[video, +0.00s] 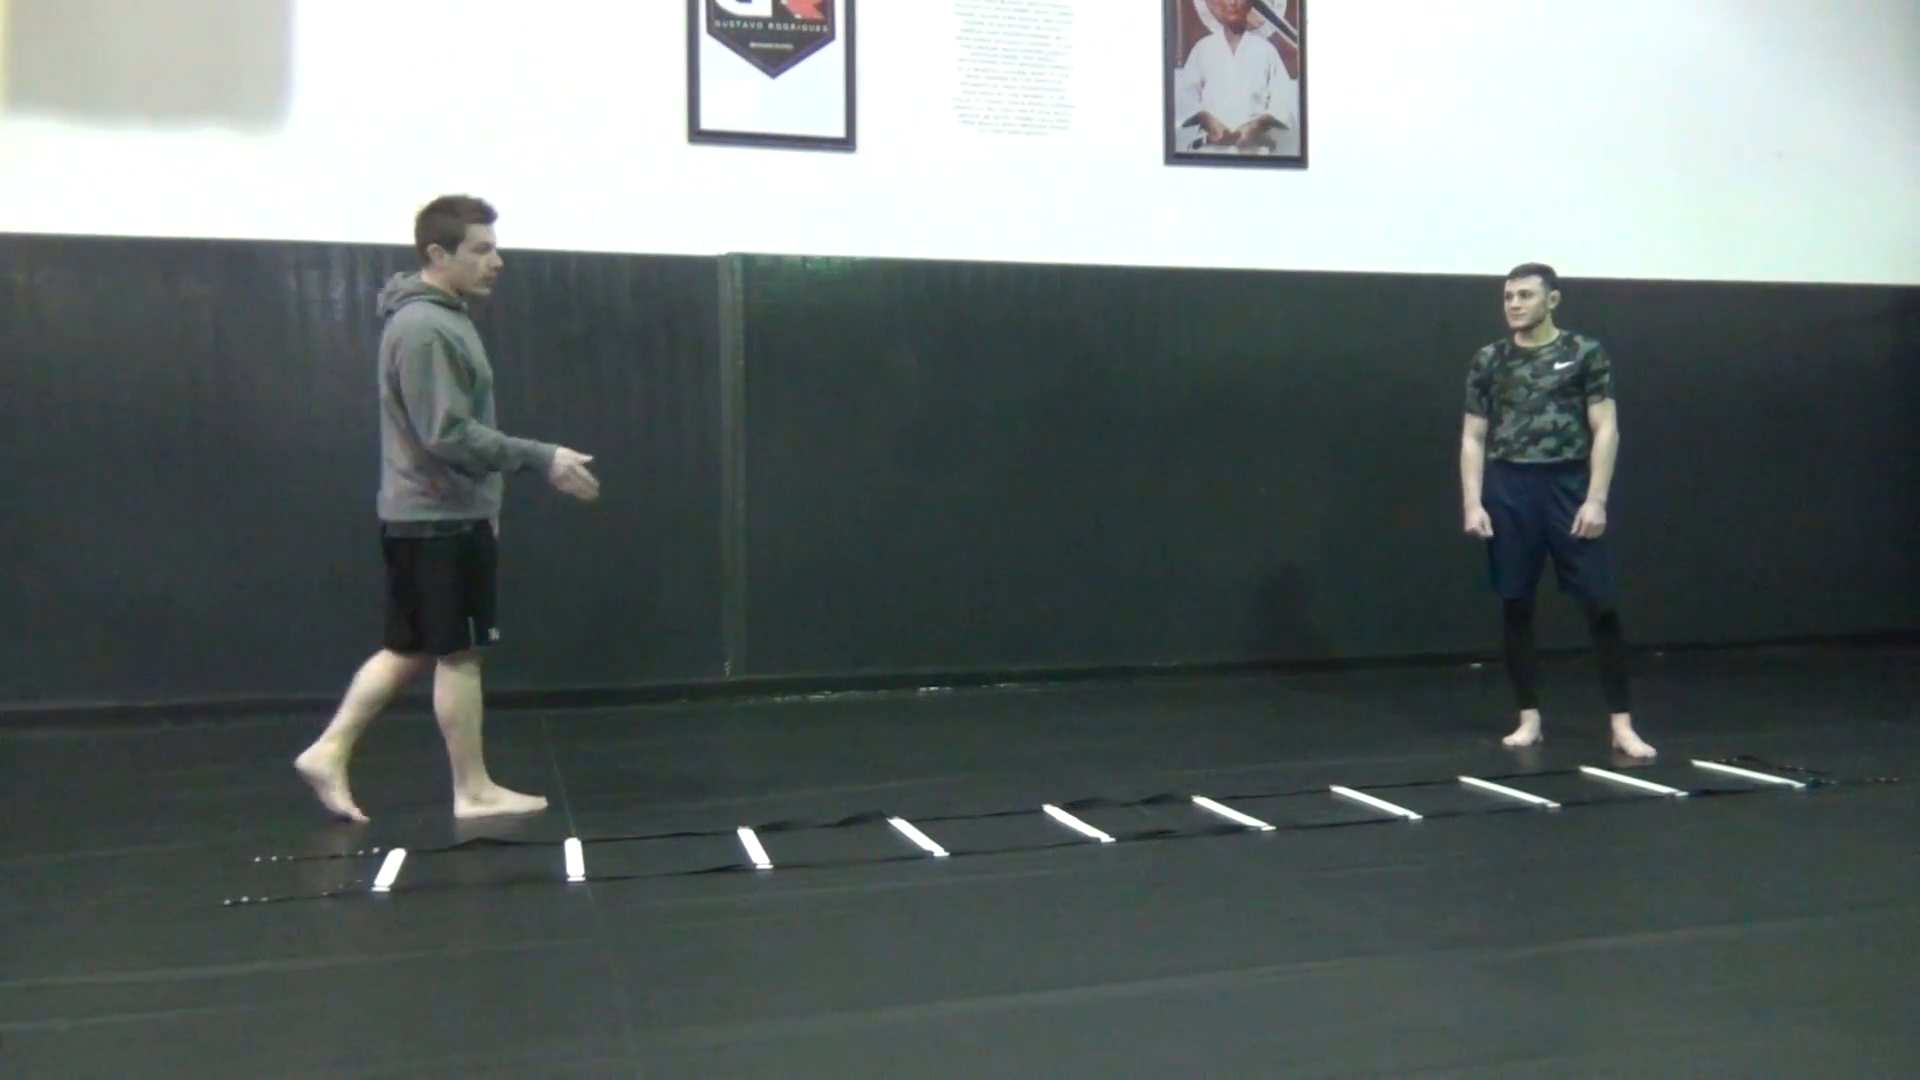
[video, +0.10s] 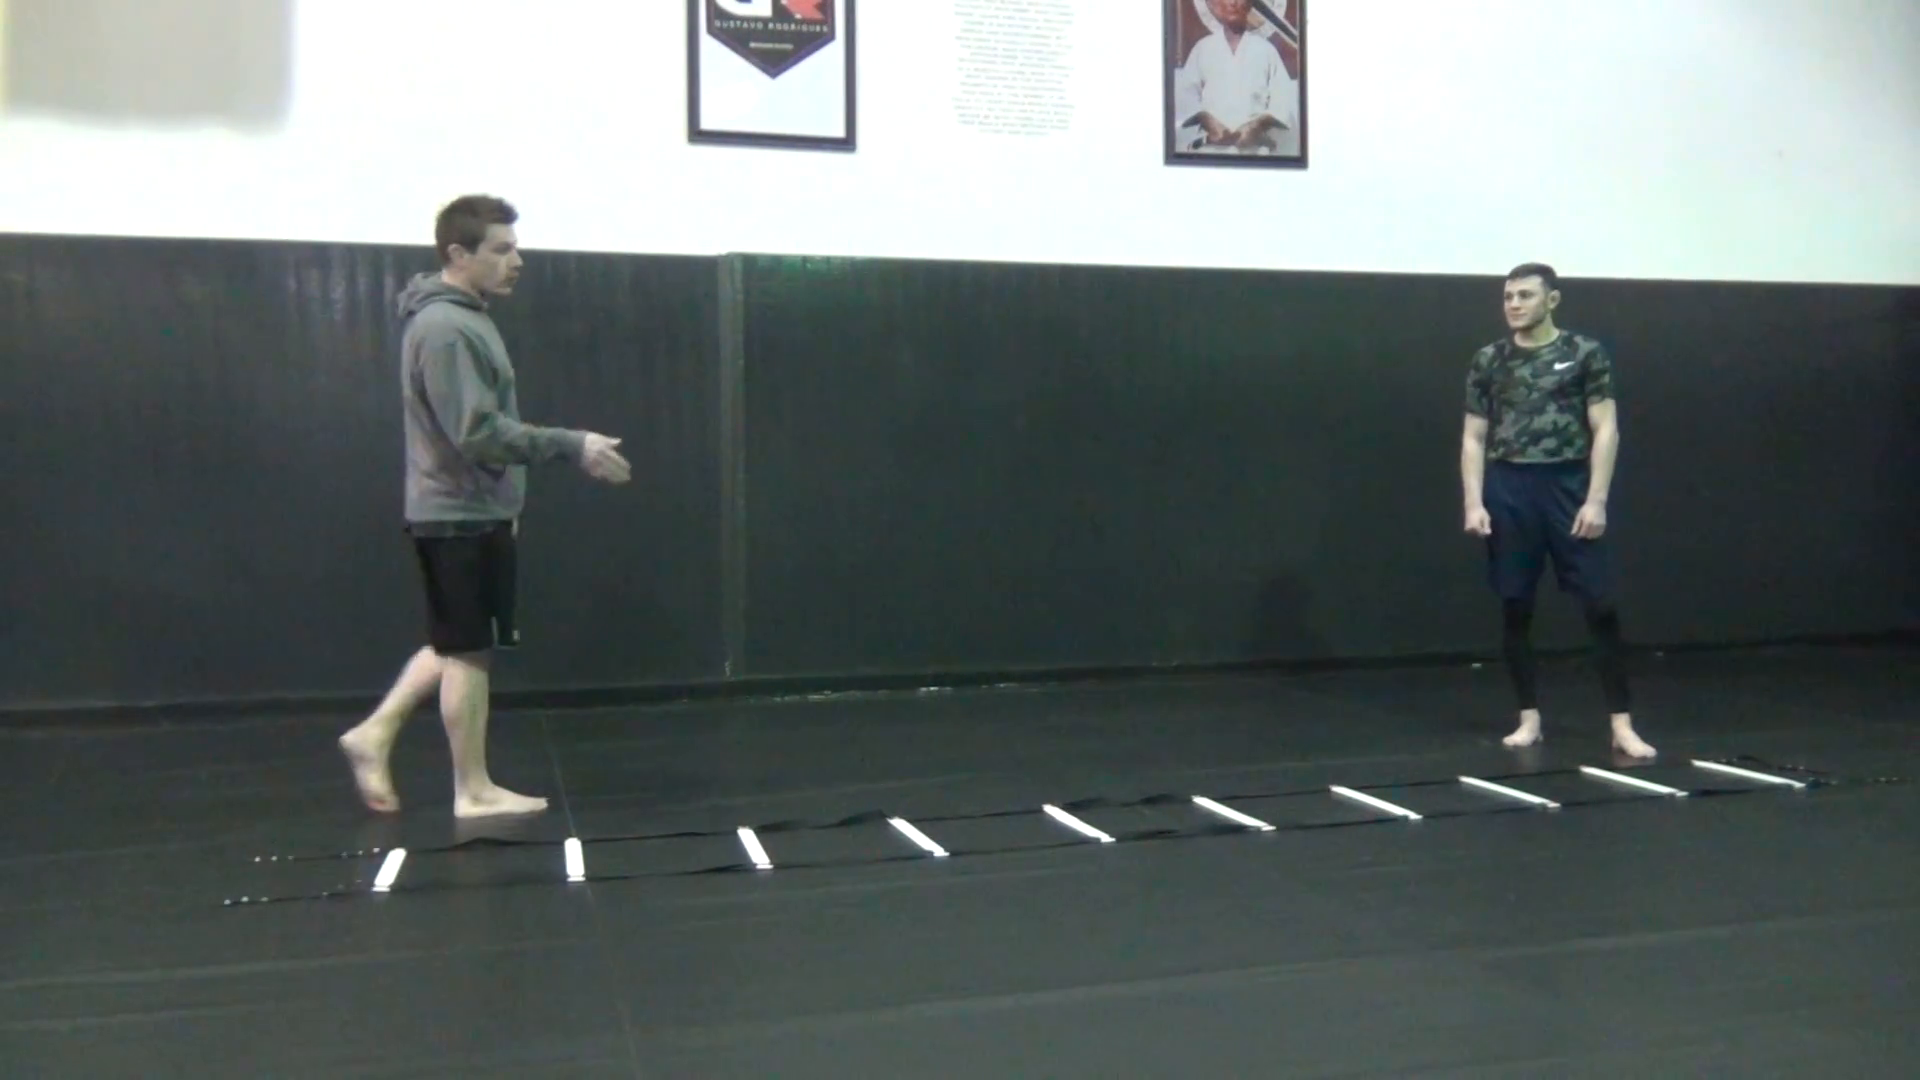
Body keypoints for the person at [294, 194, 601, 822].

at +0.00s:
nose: (495, 262)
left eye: (495, 250)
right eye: (482, 251)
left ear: (444, 255)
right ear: (438, 254)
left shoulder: (439, 319)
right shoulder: (421, 327)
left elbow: (450, 430)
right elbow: (447, 434)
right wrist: (541, 457)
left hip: (433, 517)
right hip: (439, 521)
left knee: (408, 650)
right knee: (459, 655)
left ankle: (327, 755)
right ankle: (474, 791)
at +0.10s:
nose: (516, 262)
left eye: (515, 250)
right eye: (503, 250)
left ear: (461, 256)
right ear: (459, 254)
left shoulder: (462, 319)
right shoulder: (445, 329)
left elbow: (478, 425)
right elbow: (476, 431)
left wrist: (501, 506)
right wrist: (573, 445)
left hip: (468, 514)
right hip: (456, 518)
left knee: (455, 643)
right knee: (469, 650)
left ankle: (372, 736)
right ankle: (474, 791)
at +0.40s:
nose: (568, 267)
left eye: (567, 255)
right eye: (556, 255)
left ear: (529, 260)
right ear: (512, 258)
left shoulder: (533, 324)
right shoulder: (485, 328)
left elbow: (548, 428)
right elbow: (506, 423)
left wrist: (568, 501)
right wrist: (593, 389)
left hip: (545, 510)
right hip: (506, 513)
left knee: (573, 622)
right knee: (500, 645)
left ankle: (571, 752)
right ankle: (474, 789)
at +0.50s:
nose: (587, 271)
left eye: (587, 259)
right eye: (575, 259)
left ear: (550, 264)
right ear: (530, 261)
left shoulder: (556, 327)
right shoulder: (502, 329)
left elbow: (571, 432)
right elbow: (519, 423)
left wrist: (597, 501)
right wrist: (598, 382)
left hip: (567, 510)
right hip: (524, 513)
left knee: (592, 632)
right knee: (510, 645)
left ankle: (628, 748)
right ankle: (475, 786)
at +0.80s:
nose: (659, 280)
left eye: (660, 268)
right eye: (649, 269)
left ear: (628, 271)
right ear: (607, 268)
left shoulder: (640, 331)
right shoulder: (567, 333)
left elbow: (657, 426)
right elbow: (580, 421)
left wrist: (687, 496)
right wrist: (662, 394)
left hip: (644, 510)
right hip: (597, 513)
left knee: (647, 635)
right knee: (578, 636)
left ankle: (664, 758)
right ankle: (494, 758)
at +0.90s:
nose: (685, 281)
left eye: (686, 270)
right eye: (675, 270)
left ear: (654, 272)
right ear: (634, 269)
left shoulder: (666, 334)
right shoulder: (593, 333)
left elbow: (681, 426)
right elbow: (604, 422)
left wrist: (715, 495)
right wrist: (687, 432)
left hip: (666, 503)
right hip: (621, 506)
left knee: (656, 633)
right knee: (627, 631)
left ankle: (664, 756)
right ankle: (529, 740)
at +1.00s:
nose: (710, 282)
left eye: (710, 270)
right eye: (700, 270)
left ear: (675, 273)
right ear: (658, 270)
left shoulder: (685, 338)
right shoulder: (619, 336)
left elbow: (713, 431)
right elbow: (629, 433)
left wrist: (743, 502)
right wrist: (692, 473)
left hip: (688, 501)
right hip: (650, 505)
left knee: (672, 628)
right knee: (686, 622)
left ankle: (665, 756)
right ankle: (577, 724)